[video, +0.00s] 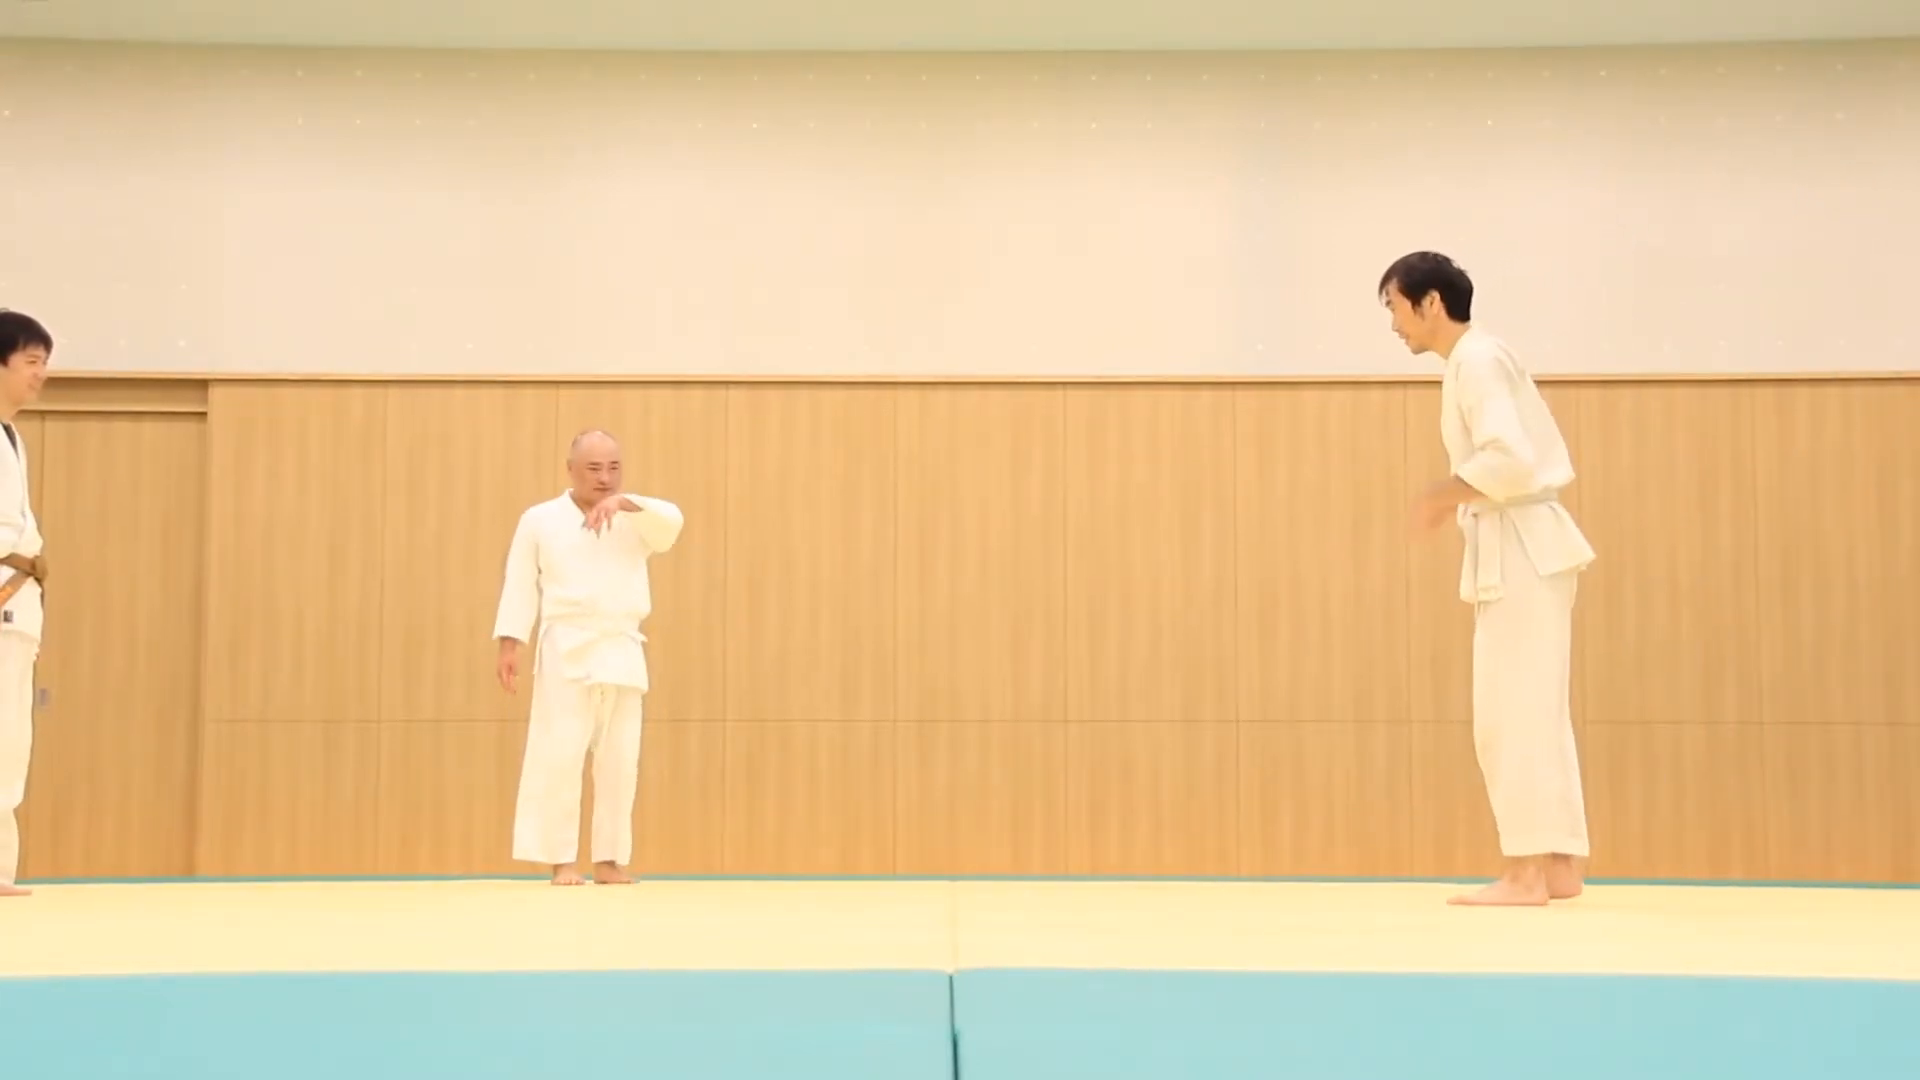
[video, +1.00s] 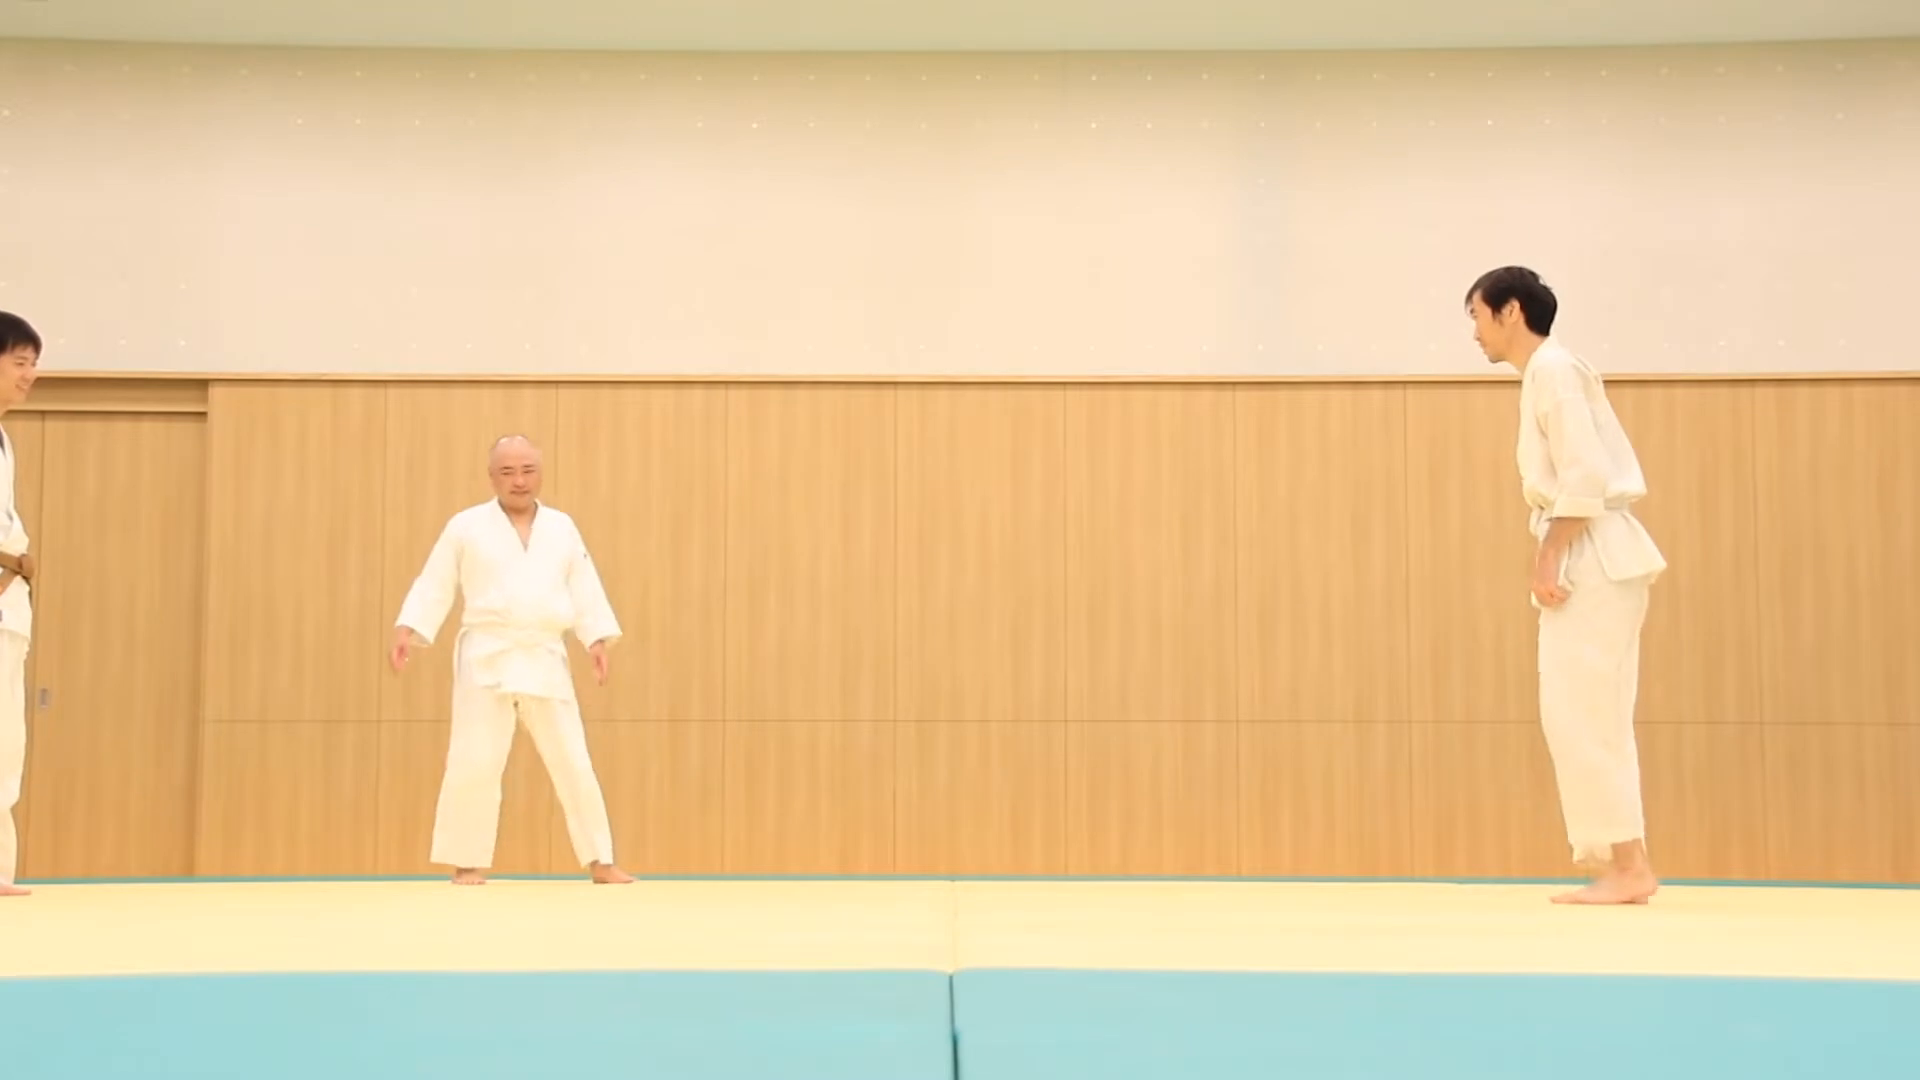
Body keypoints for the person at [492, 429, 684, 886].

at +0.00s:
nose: (604, 477)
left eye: (612, 468)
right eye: (593, 468)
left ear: (621, 472)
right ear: (570, 471)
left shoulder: (633, 519)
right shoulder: (541, 520)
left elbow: (673, 523)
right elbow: (521, 586)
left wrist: (627, 503)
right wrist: (511, 644)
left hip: (622, 650)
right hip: (565, 651)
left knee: (619, 757)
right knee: (562, 755)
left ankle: (609, 862)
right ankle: (563, 863)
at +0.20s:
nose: (599, 475)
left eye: (607, 465)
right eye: (587, 466)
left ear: (618, 468)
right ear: (568, 471)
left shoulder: (640, 515)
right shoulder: (542, 522)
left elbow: (689, 548)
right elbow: (522, 582)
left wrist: (673, 556)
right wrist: (512, 632)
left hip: (622, 651)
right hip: (564, 650)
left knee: (621, 759)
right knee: (561, 756)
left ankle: (612, 862)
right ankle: (564, 862)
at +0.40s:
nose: (599, 473)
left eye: (607, 464)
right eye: (586, 466)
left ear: (619, 466)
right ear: (570, 472)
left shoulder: (642, 519)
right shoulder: (547, 519)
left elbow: (678, 575)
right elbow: (522, 584)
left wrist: (715, 626)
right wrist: (509, 642)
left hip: (613, 651)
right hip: (555, 649)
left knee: (615, 758)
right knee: (546, 752)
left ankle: (612, 863)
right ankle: (555, 858)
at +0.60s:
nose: (591, 472)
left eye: (600, 463)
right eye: (580, 464)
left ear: (613, 467)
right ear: (563, 470)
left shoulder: (636, 520)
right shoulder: (540, 517)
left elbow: (658, 584)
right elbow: (513, 581)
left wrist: (675, 644)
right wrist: (490, 640)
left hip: (604, 654)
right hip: (543, 650)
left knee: (605, 761)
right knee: (524, 753)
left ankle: (608, 865)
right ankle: (512, 857)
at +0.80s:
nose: (565, 477)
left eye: (574, 467)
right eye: (553, 469)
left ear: (588, 471)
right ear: (537, 474)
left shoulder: (608, 525)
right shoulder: (512, 522)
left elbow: (625, 596)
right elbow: (482, 585)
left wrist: (623, 658)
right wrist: (452, 639)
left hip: (586, 656)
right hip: (524, 654)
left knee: (597, 763)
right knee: (500, 755)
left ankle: (606, 865)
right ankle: (472, 859)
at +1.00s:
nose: (519, 479)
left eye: (528, 470)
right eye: (508, 471)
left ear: (540, 474)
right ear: (491, 476)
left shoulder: (560, 526)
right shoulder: (467, 526)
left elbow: (583, 584)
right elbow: (436, 582)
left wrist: (596, 637)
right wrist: (408, 627)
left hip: (544, 656)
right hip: (485, 656)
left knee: (572, 759)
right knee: (476, 760)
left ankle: (600, 862)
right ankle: (469, 865)